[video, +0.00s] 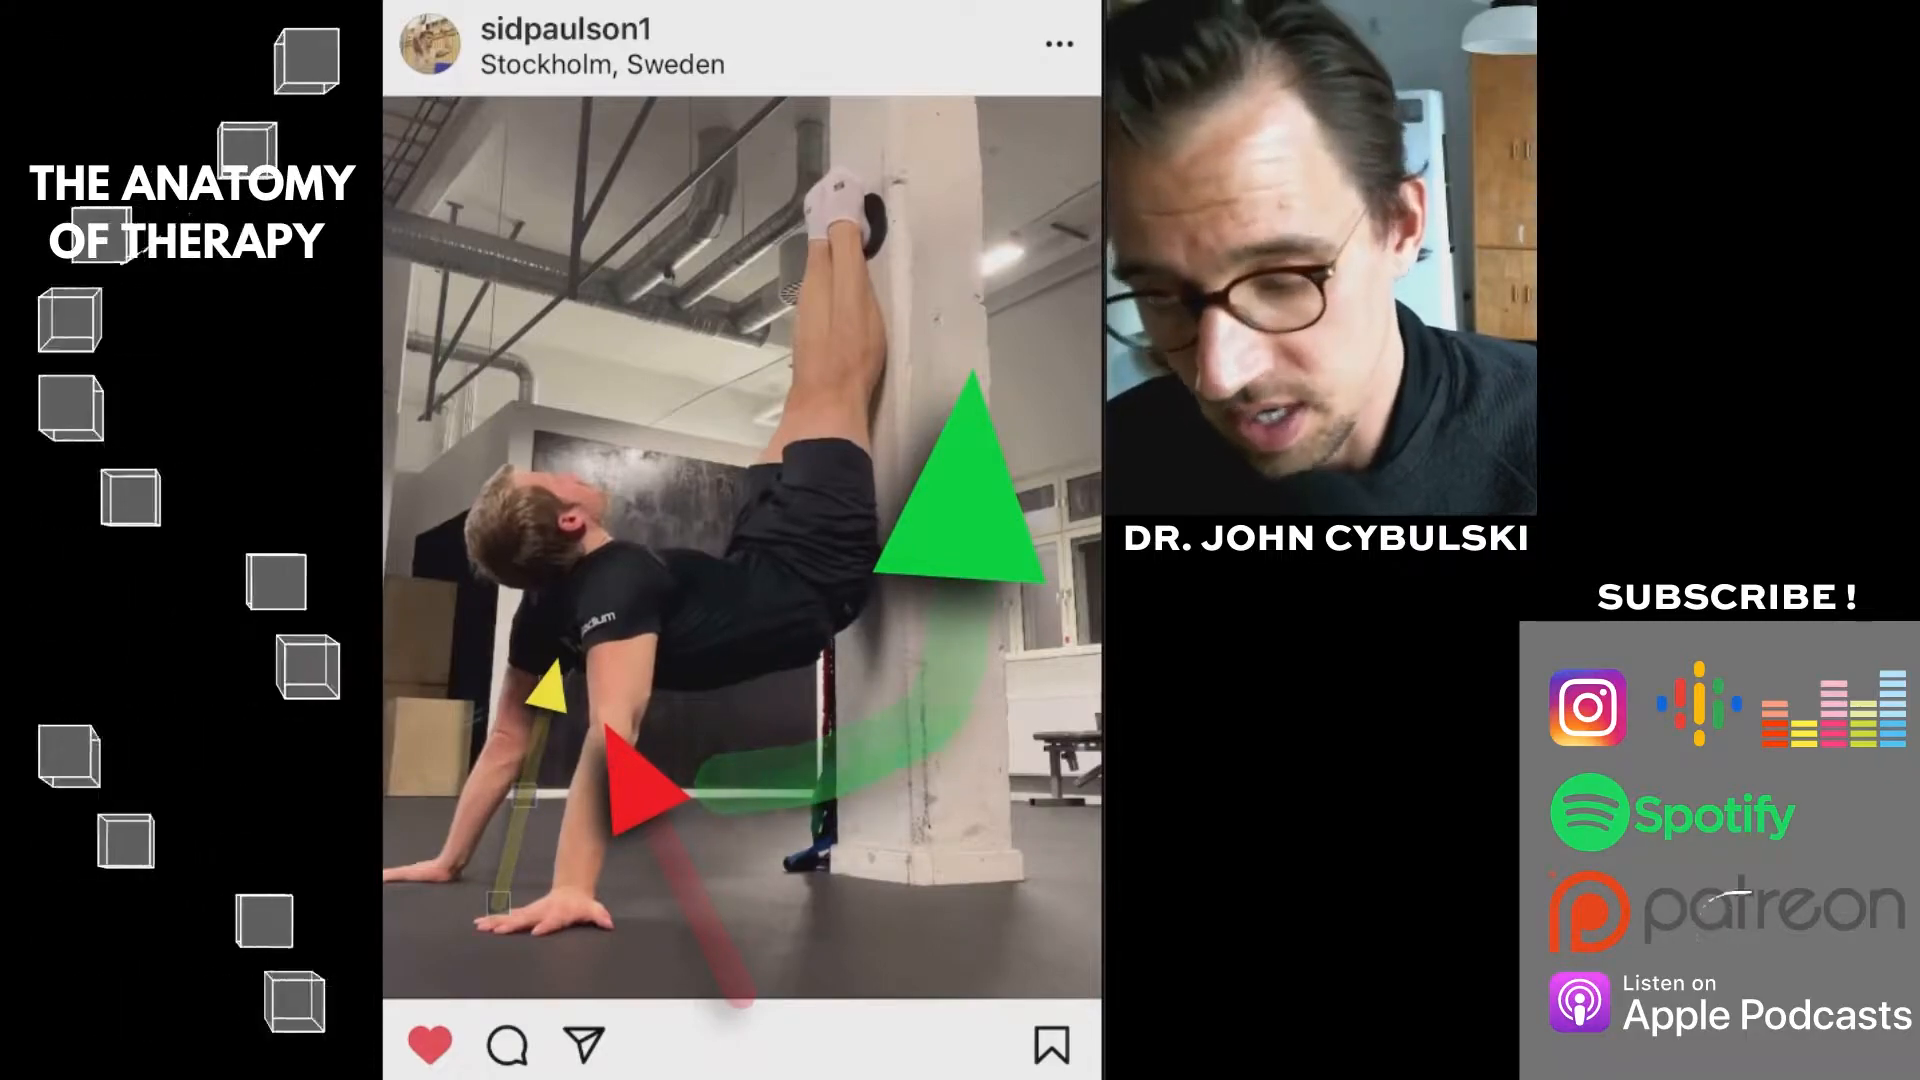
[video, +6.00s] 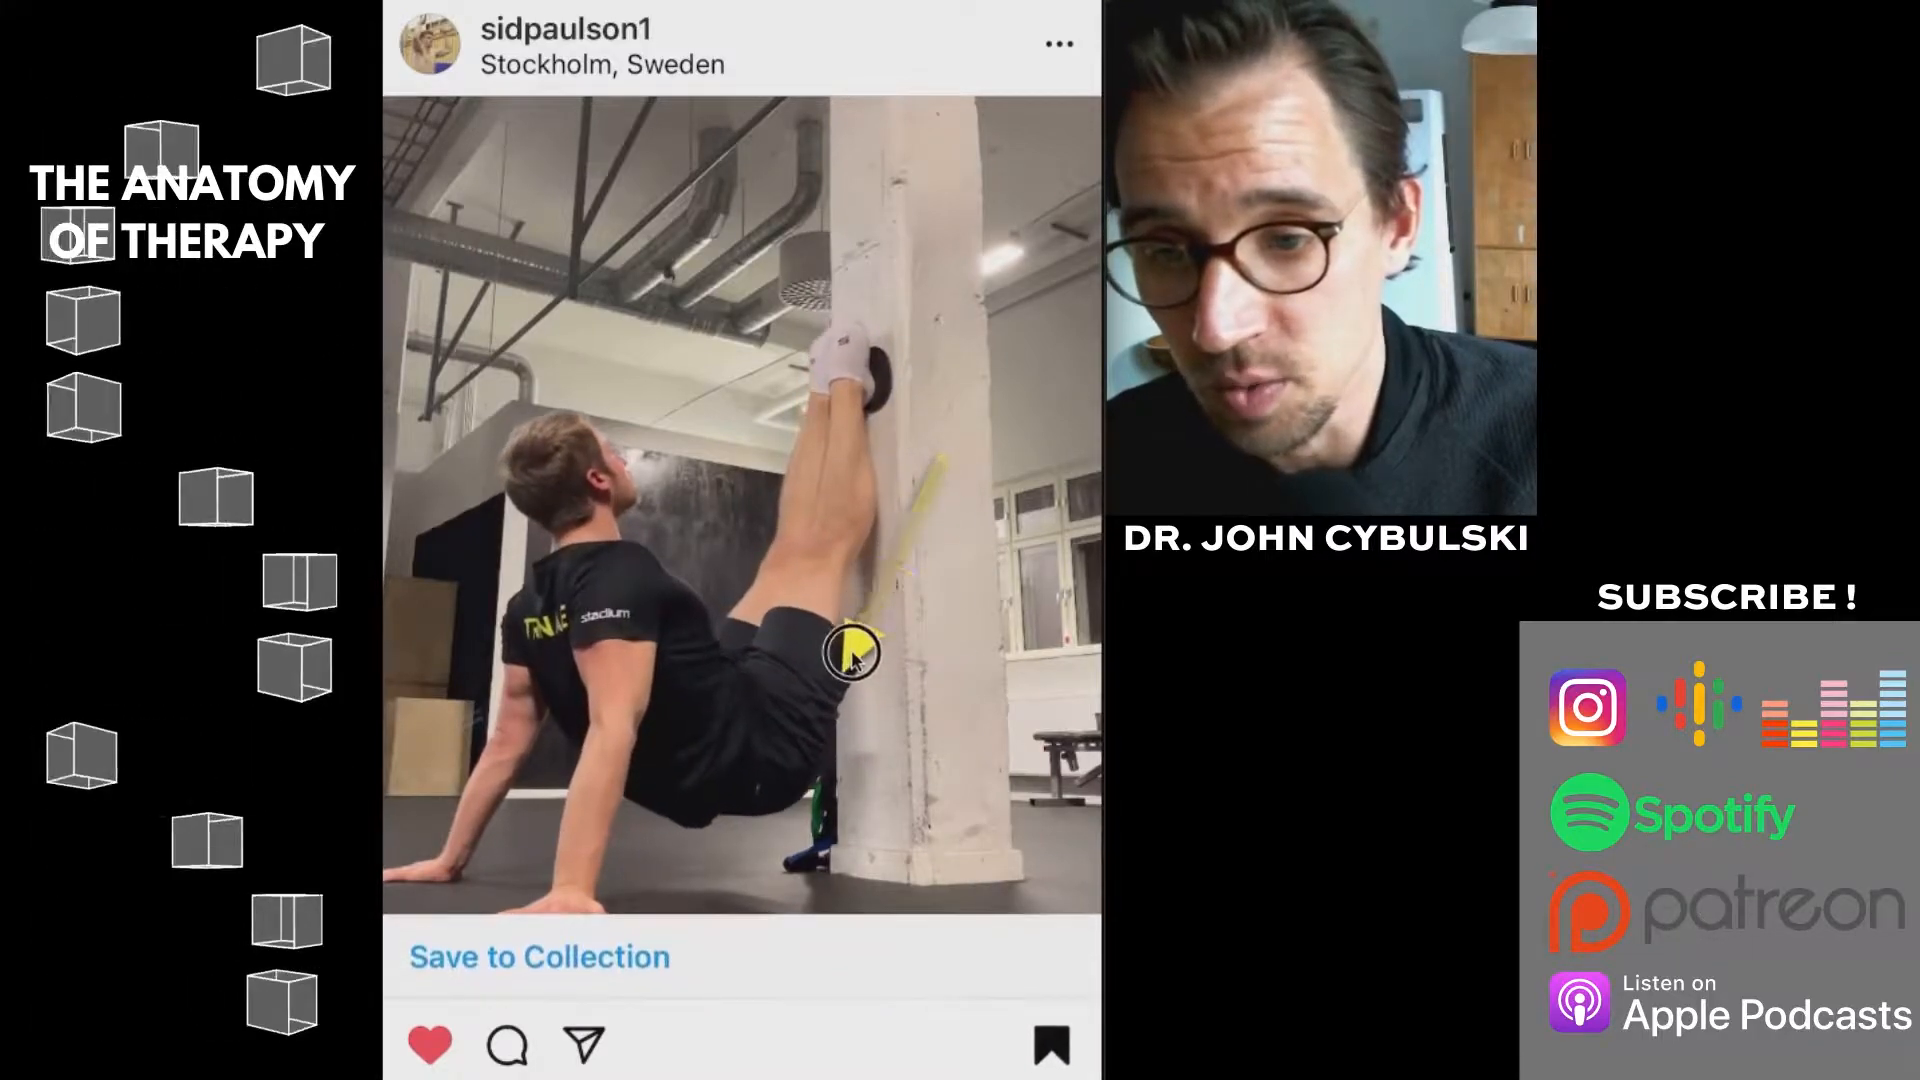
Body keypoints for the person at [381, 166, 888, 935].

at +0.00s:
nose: (569, 475)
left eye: (549, 471)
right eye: (558, 479)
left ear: (546, 547)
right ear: (570, 521)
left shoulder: (540, 608)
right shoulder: (616, 580)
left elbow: (505, 744)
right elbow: (609, 734)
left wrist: (448, 859)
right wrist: (574, 886)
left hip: (762, 578)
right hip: (810, 580)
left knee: (812, 389)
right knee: (839, 380)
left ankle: (828, 238)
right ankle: (844, 230)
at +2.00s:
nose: (580, 466)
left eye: (562, 464)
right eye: (567, 471)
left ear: (533, 545)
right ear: (575, 512)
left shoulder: (536, 611)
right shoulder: (617, 579)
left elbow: (507, 740)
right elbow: (609, 731)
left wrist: (448, 860)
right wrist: (572, 887)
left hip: (759, 633)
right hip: (807, 627)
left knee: (814, 434)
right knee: (844, 429)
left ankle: (825, 293)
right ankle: (845, 278)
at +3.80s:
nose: (607, 465)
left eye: (593, 460)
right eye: (595, 465)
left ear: (540, 531)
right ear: (594, 503)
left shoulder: (532, 606)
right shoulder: (621, 575)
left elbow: (509, 743)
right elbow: (612, 733)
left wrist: (449, 860)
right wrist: (572, 887)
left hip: (738, 747)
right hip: (789, 706)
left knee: (804, 510)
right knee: (838, 501)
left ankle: (826, 348)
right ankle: (847, 344)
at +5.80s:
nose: (624, 457)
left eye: (613, 448)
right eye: (613, 451)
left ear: (541, 507)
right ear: (600, 480)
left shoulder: (527, 606)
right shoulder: (619, 574)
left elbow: (507, 744)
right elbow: (611, 727)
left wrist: (449, 860)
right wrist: (572, 887)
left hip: (698, 779)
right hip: (768, 754)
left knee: (789, 552)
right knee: (831, 543)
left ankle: (827, 389)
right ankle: (846, 383)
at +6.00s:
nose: (624, 456)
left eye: (612, 447)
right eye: (612, 450)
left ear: (541, 507)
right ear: (599, 481)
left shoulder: (527, 606)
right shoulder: (618, 575)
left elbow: (507, 745)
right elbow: (611, 729)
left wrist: (449, 859)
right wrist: (572, 886)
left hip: (697, 779)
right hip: (767, 757)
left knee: (787, 557)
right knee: (826, 547)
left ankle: (825, 393)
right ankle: (847, 385)